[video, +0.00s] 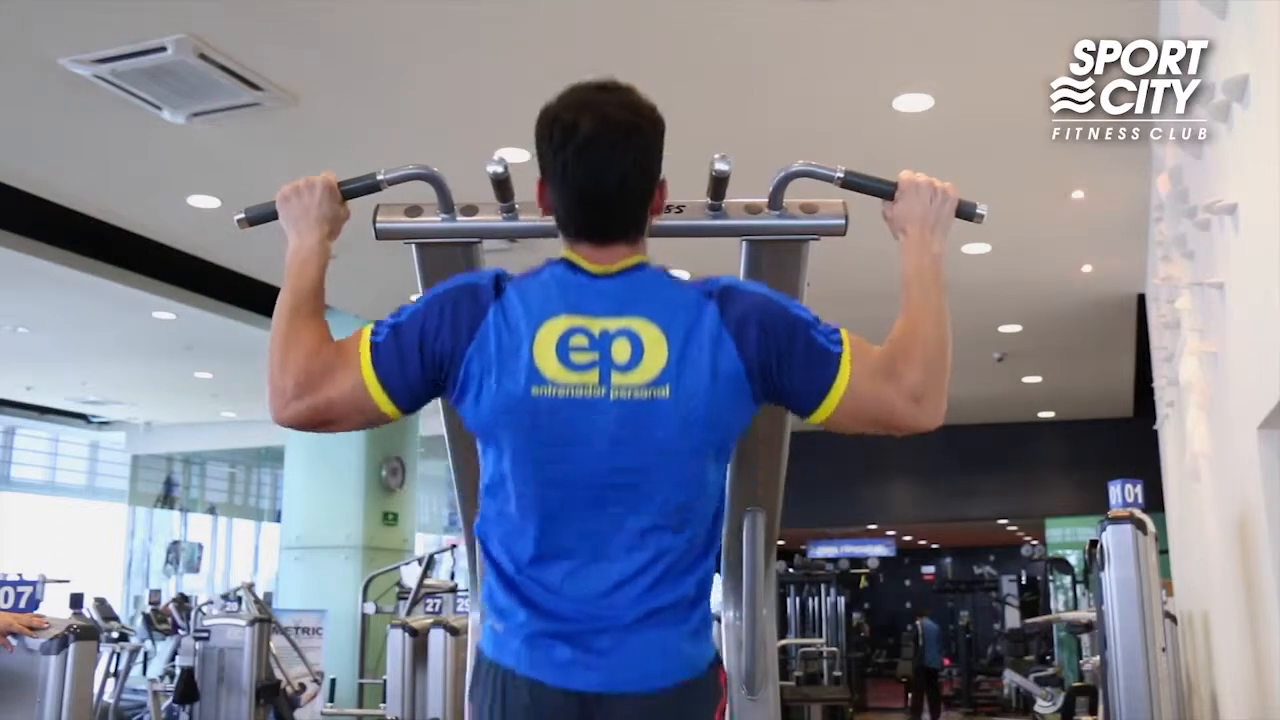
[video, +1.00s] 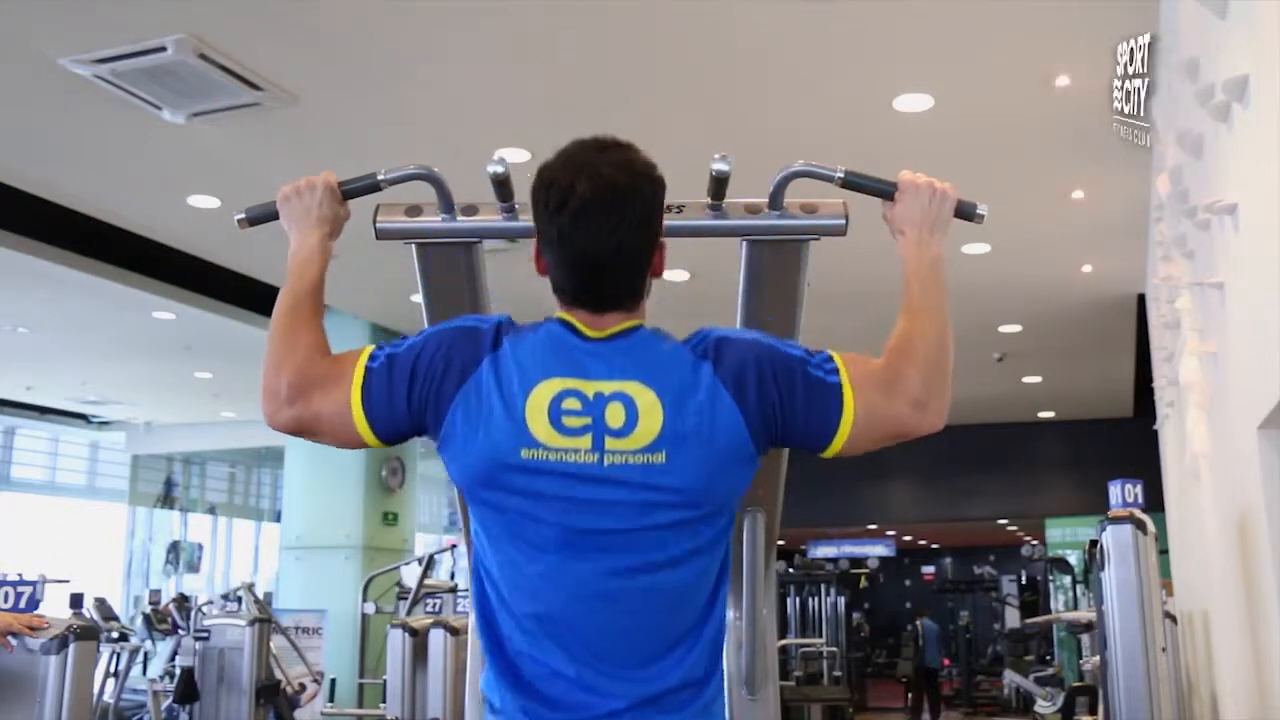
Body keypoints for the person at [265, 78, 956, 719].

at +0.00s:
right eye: (659, 176)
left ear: (540, 195)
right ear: (660, 197)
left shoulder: (478, 315)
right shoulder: (734, 321)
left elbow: (297, 395)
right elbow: (914, 400)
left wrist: (306, 246)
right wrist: (923, 244)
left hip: (520, 681)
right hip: (671, 681)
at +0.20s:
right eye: (662, 114)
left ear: (548, 128)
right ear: (661, 129)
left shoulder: (485, 248)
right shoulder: (731, 252)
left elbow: (325, 381)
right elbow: (894, 381)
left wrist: (308, 237)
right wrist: (923, 241)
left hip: (527, 613)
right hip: (673, 615)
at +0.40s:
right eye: (662, 101)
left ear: (549, 115)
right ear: (660, 115)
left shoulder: (485, 232)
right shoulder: (732, 236)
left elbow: (334, 376)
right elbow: (889, 374)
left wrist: (309, 238)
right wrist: (923, 239)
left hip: (532, 603)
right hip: (678, 605)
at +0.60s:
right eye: (662, 131)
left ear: (547, 145)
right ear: (662, 147)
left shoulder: (485, 262)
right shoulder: (732, 269)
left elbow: (316, 387)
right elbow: (905, 385)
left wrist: (309, 238)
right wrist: (924, 239)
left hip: (532, 636)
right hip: (680, 637)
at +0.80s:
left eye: (546, 172)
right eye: (658, 175)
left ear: (542, 195)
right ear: (662, 195)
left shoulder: (475, 311)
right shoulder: (732, 318)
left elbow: (297, 394)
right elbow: (912, 396)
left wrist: (308, 243)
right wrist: (924, 240)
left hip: (528, 689)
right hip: (687, 689)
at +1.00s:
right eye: (661, 237)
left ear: (539, 259)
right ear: (660, 260)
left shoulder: (469, 367)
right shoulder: (731, 379)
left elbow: (289, 397)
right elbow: (918, 398)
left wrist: (307, 244)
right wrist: (925, 243)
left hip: (523, 703)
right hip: (681, 705)